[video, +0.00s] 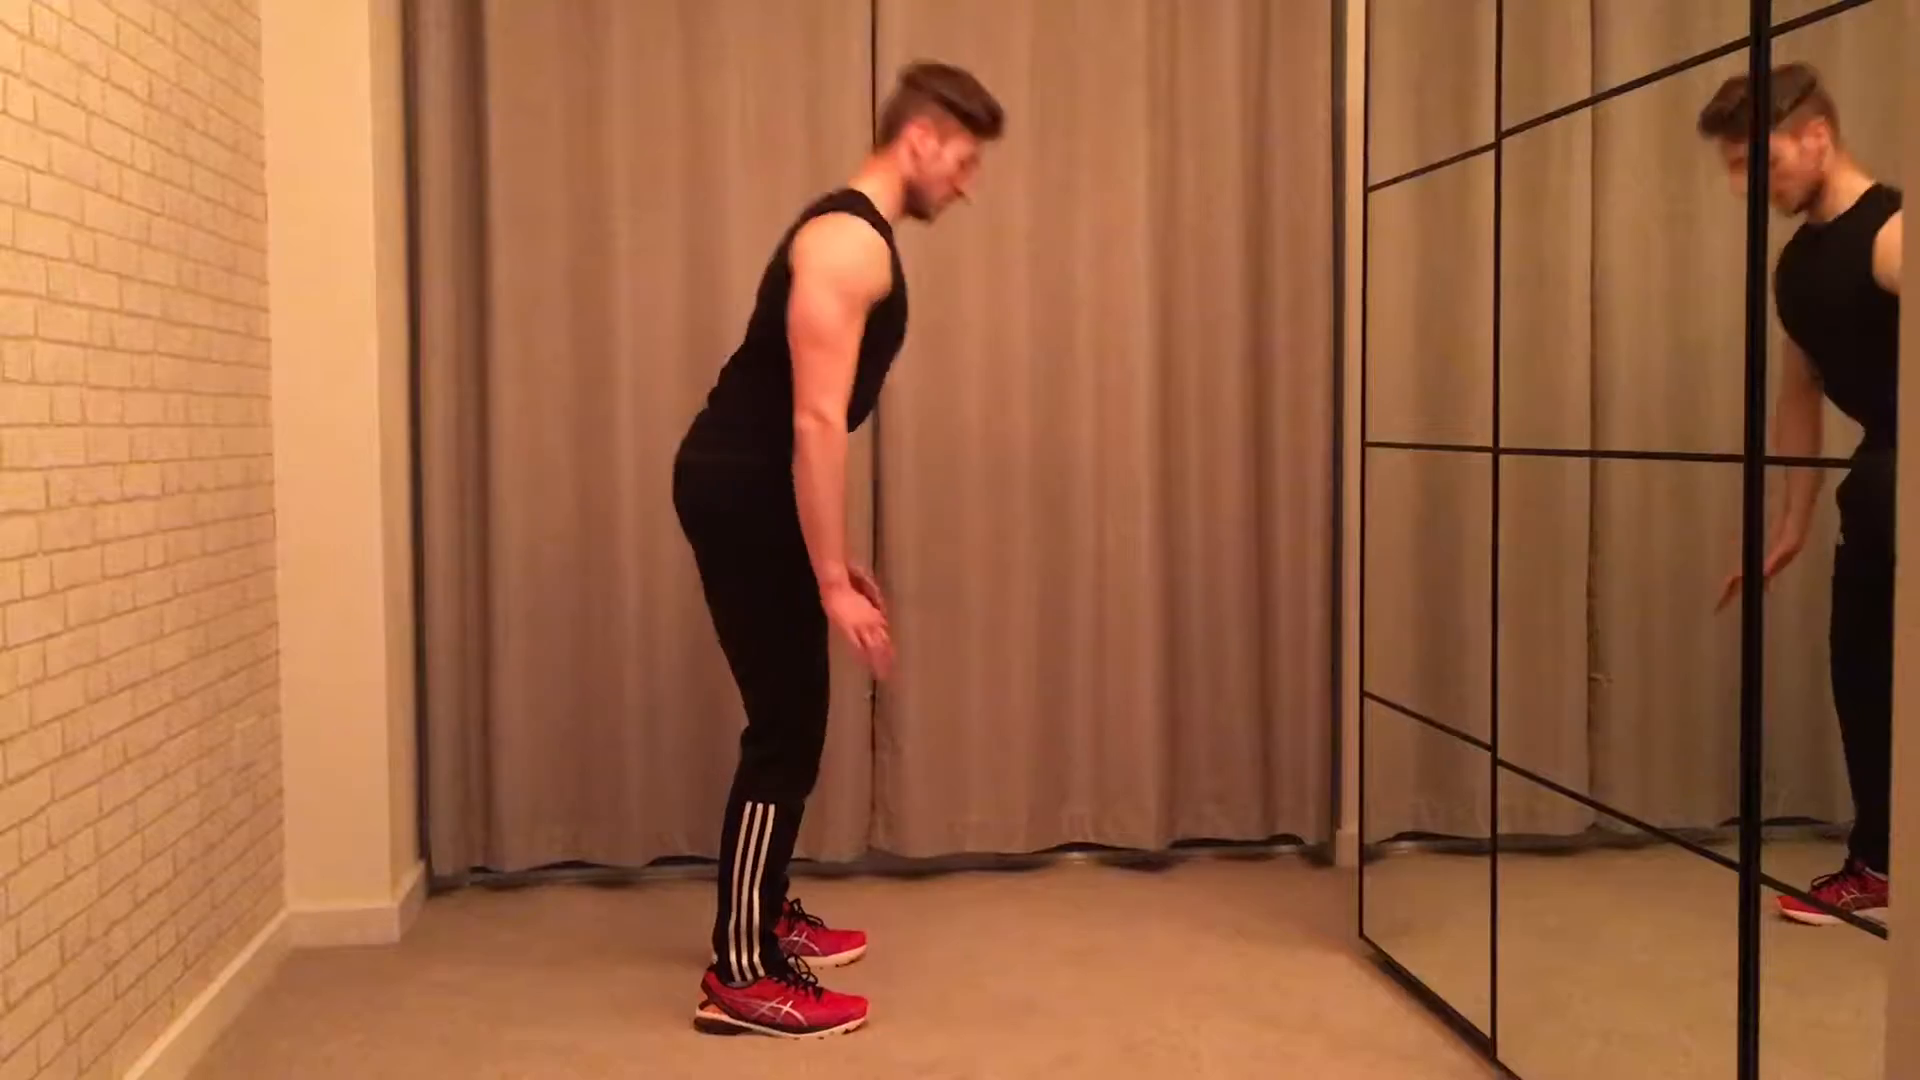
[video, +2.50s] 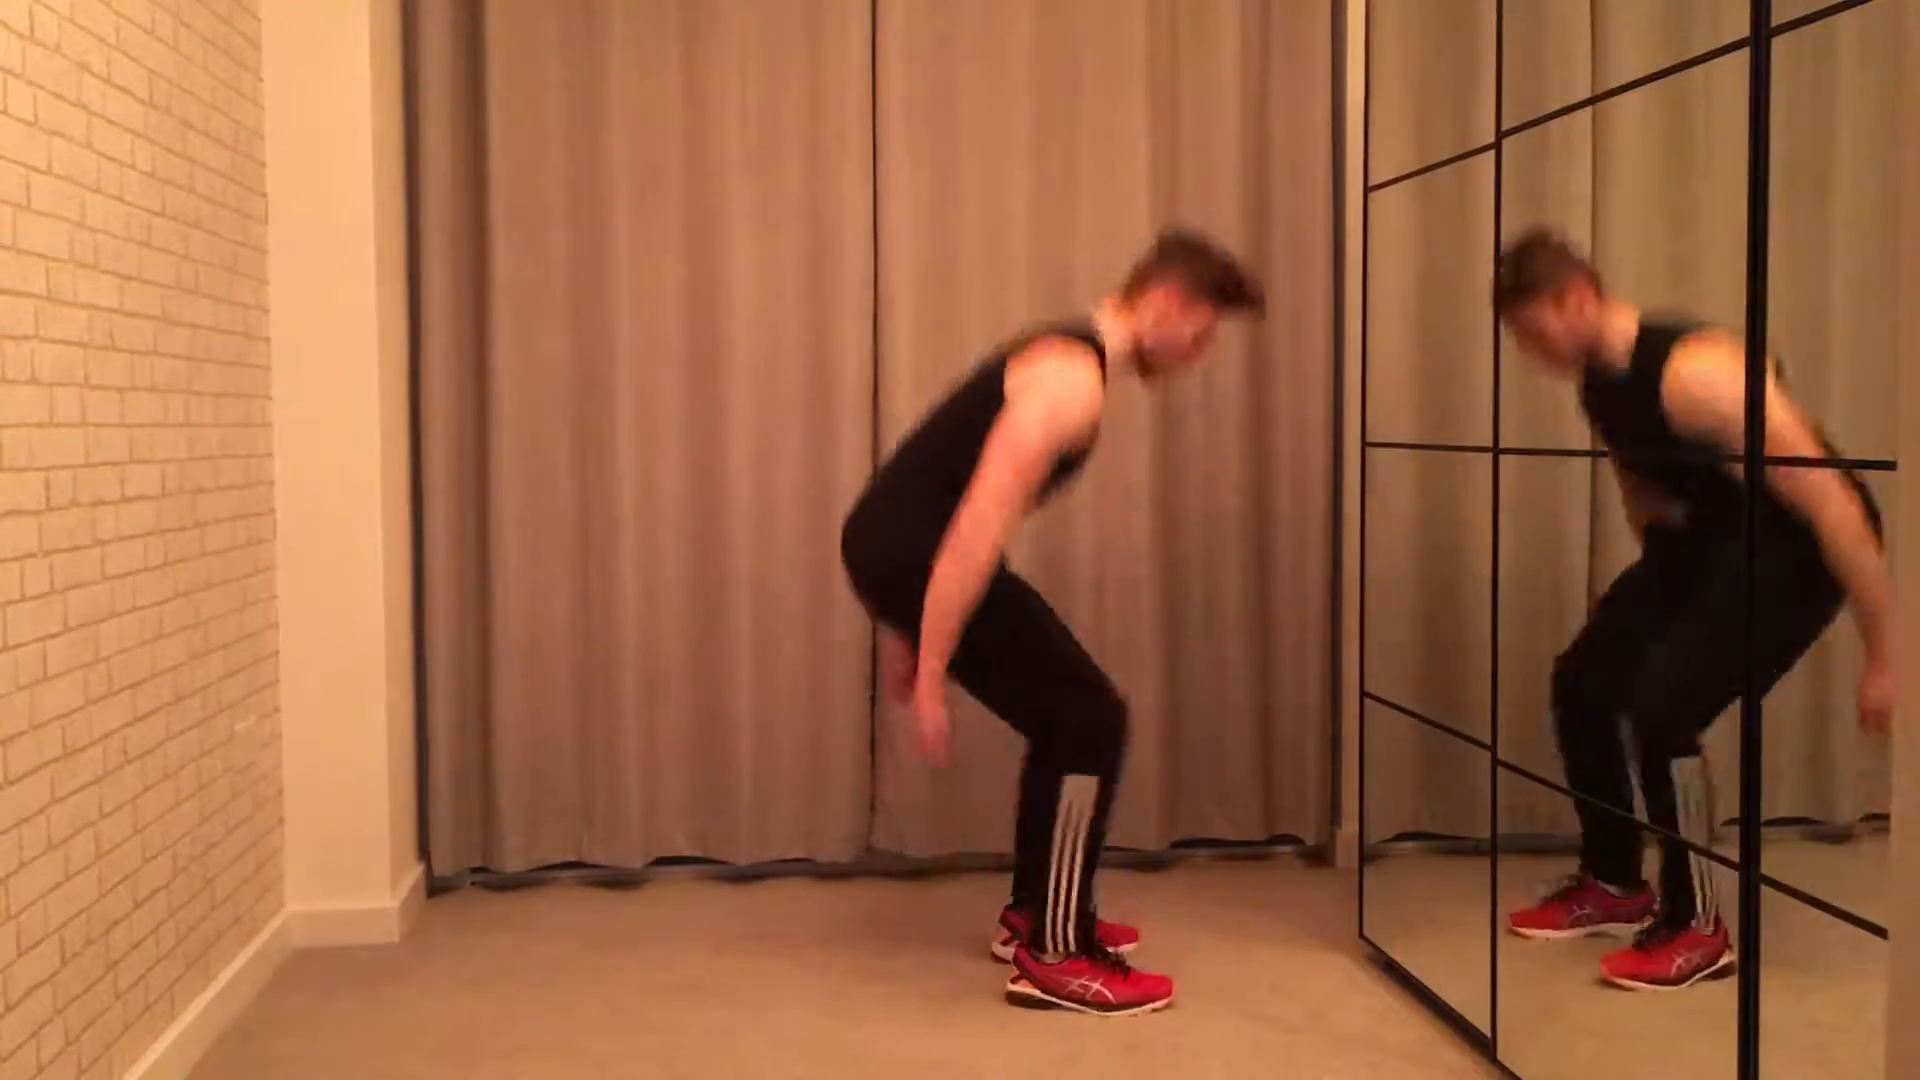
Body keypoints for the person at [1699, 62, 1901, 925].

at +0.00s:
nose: (1749, 181)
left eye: (1758, 159)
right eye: (1741, 166)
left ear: (1815, 136)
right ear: (1799, 148)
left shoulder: (1892, 238)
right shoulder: (1799, 261)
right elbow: (1799, 404)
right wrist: (1788, 526)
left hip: (1899, 483)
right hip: (1874, 484)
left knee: (1879, 673)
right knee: (1859, 671)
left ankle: (1879, 867)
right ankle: (1872, 866)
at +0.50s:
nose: (1640, 644)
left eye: (1642, 625)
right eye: (1628, 632)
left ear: (1676, 589)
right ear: (1677, 585)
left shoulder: (1809, 611)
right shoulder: (1696, 603)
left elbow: (1806, 804)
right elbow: (1628, 752)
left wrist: (1777, 959)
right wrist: (1597, 880)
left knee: (1870, 708)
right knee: (1766, 700)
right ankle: (1864, 864)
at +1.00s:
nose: (1535, 718)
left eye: (1527, 705)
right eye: (1524, 711)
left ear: (1549, 662)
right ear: (1548, 657)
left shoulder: (1678, 650)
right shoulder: (1603, 641)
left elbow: (1768, 826)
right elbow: (1582, 783)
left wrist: (1781, 980)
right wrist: (1600, 905)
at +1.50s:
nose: (1618, 710)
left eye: (1613, 695)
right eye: (1604, 702)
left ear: (1644, 653)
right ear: (1638, 648)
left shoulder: (1753, 644)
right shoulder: (1648, 623)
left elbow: (1784, 819)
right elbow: (1611, 775)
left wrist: (1781, 978)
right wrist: (1600, 902)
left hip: (1896, 454)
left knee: (1871, 686)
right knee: (1799, 682)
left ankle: (1899, 814)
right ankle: (1893, 810)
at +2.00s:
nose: (1593, 204)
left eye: (1599, 178)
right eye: (1585, 186)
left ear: (1652, 149)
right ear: (1627, 165)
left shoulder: (1753, 257)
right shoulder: (1659, 274)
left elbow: (1807, 431)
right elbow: (1650, 410)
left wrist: (1819, 592)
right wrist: (1630, 536)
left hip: (1849, 468)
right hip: (1767, 462)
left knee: (1806, 686)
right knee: (1707, 668)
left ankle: (1885, 917)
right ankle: (1788, 856)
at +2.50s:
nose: (1535, 348)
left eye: (1535, 328)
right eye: (1523, 335)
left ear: (1577, 296)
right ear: (1568, 305)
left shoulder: (1697, 371)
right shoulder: (1602, 383)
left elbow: (1829, 499)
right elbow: (1646, 503)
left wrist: (1883, 655)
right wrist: (1669, 596)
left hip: (1796, 553)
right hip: (1705, 545)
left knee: (1655, 711)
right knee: (1583, 686)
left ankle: (1690, 923)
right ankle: (1613, 884)